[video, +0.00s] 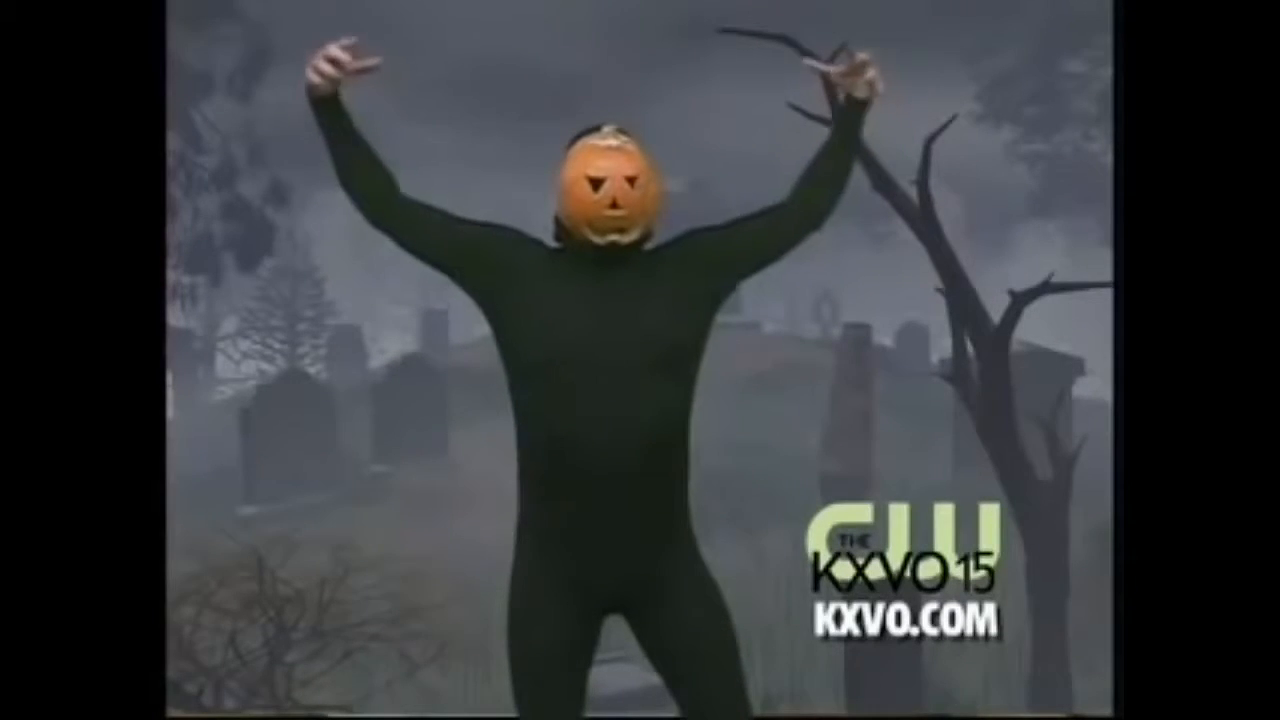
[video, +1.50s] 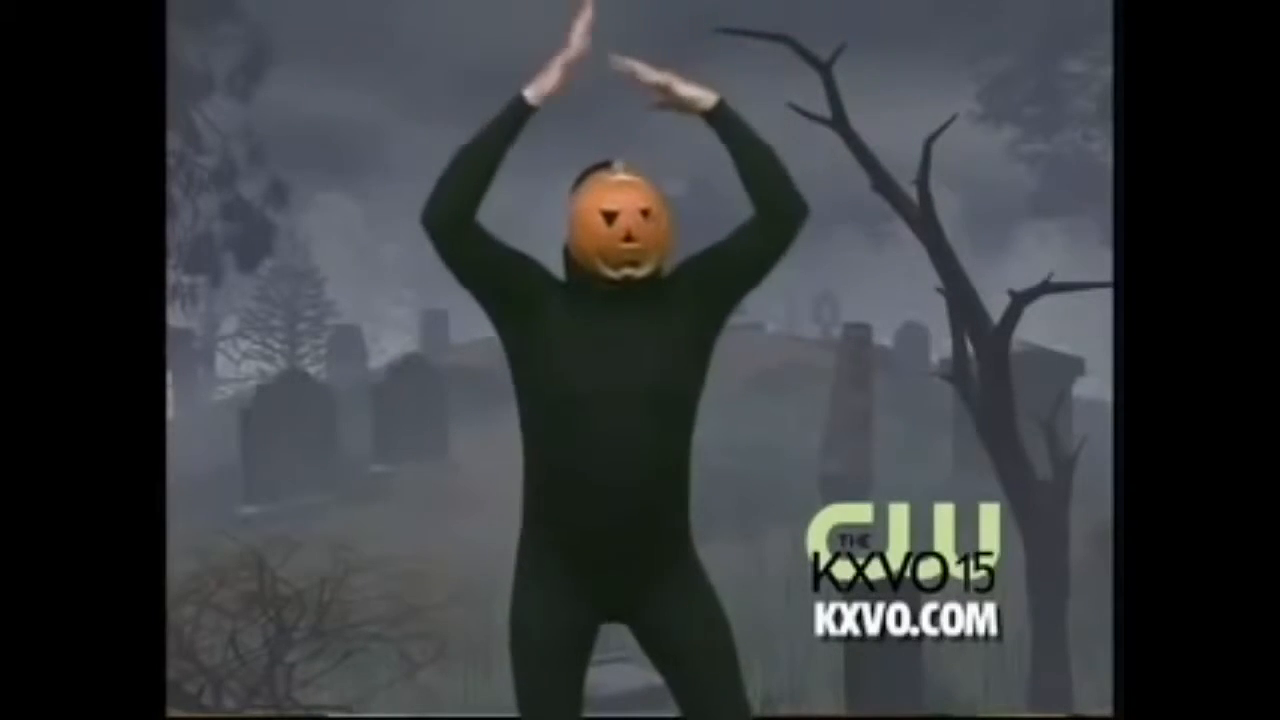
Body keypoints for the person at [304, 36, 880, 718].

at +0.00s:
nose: (614, 190)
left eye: (630, 179)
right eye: (594, 178)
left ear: (656, 199)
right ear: (561, 202)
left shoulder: (694, 270)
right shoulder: (509, 270)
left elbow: (803, 210)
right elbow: (386, 205)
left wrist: (848, 115)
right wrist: (326, 102)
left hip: (665, 557)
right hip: (553, 562)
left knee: (725, 708)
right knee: (545, 710)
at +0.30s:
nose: (616, 189)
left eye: (632, 179)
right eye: (595, 178)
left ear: (659, 200)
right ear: (562, 202)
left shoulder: (690, 267)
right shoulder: (515, 268)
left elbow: (790, 183)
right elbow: (402, 185)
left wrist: (838, 81)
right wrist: (344, 68)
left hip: (664, 560)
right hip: (553, 564)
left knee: (726, 709)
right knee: (546, 711)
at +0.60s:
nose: (619, 190)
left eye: (635, 180)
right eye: (598, 179)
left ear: (661, 202)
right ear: (563, 203)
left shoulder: (689, 267)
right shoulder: (518, 267)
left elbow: (780, 170)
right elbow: (421, 171)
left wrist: (815, 46)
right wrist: (383, 33)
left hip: (666, 560)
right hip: (554, 564)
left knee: (727, 710)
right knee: (545, 711)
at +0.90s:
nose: (621, 197)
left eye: (637, 187)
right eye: (601, 186)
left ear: (662, 208)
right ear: (567, 210)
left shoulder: (688, 274)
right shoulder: (524, 273)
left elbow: (772, 165)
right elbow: (443, 166)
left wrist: (760, 39)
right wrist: (453, 30)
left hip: (667, 562)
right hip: (555, 566)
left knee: (728, 711)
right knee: (546, 711)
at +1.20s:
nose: (625, 210)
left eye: (642, 199)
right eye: (602, 197)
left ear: (666, 224)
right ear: (570, 224)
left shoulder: (689, 288)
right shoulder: (530, 288)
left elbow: (767, 182)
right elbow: (456, 191)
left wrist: (715, 61)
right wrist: (513, 57)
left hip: (665, 565)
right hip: (554, 568)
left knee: (727, 711)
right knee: (545, 711)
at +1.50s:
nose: (627, 216)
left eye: (644, 206)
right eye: (603, 204)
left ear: (667, 236)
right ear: (570, 235)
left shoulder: (692, 301)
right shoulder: (529, 303)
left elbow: (783, 213)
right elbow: (446, 218)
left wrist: (713, 108)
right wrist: (534, 96)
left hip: (664, 568)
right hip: (555, 571)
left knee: (726, 711)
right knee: (546, 711)